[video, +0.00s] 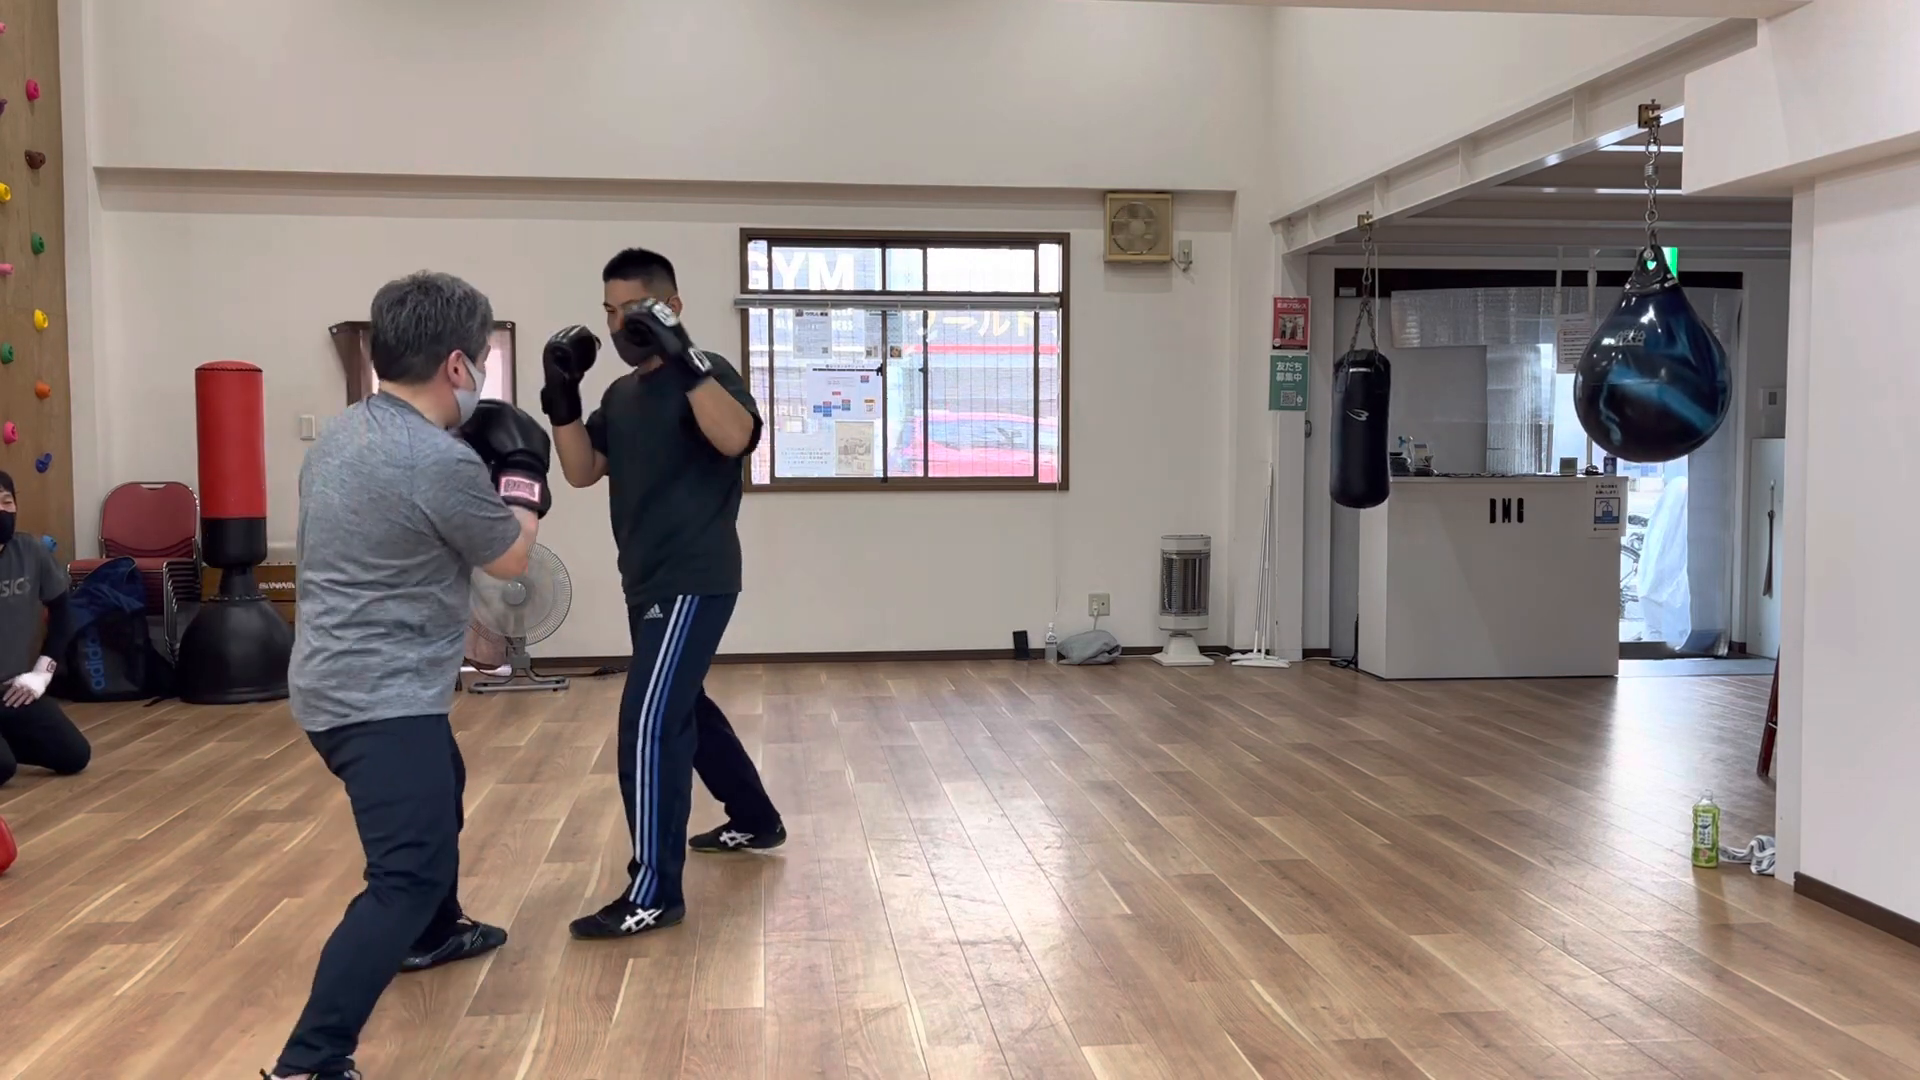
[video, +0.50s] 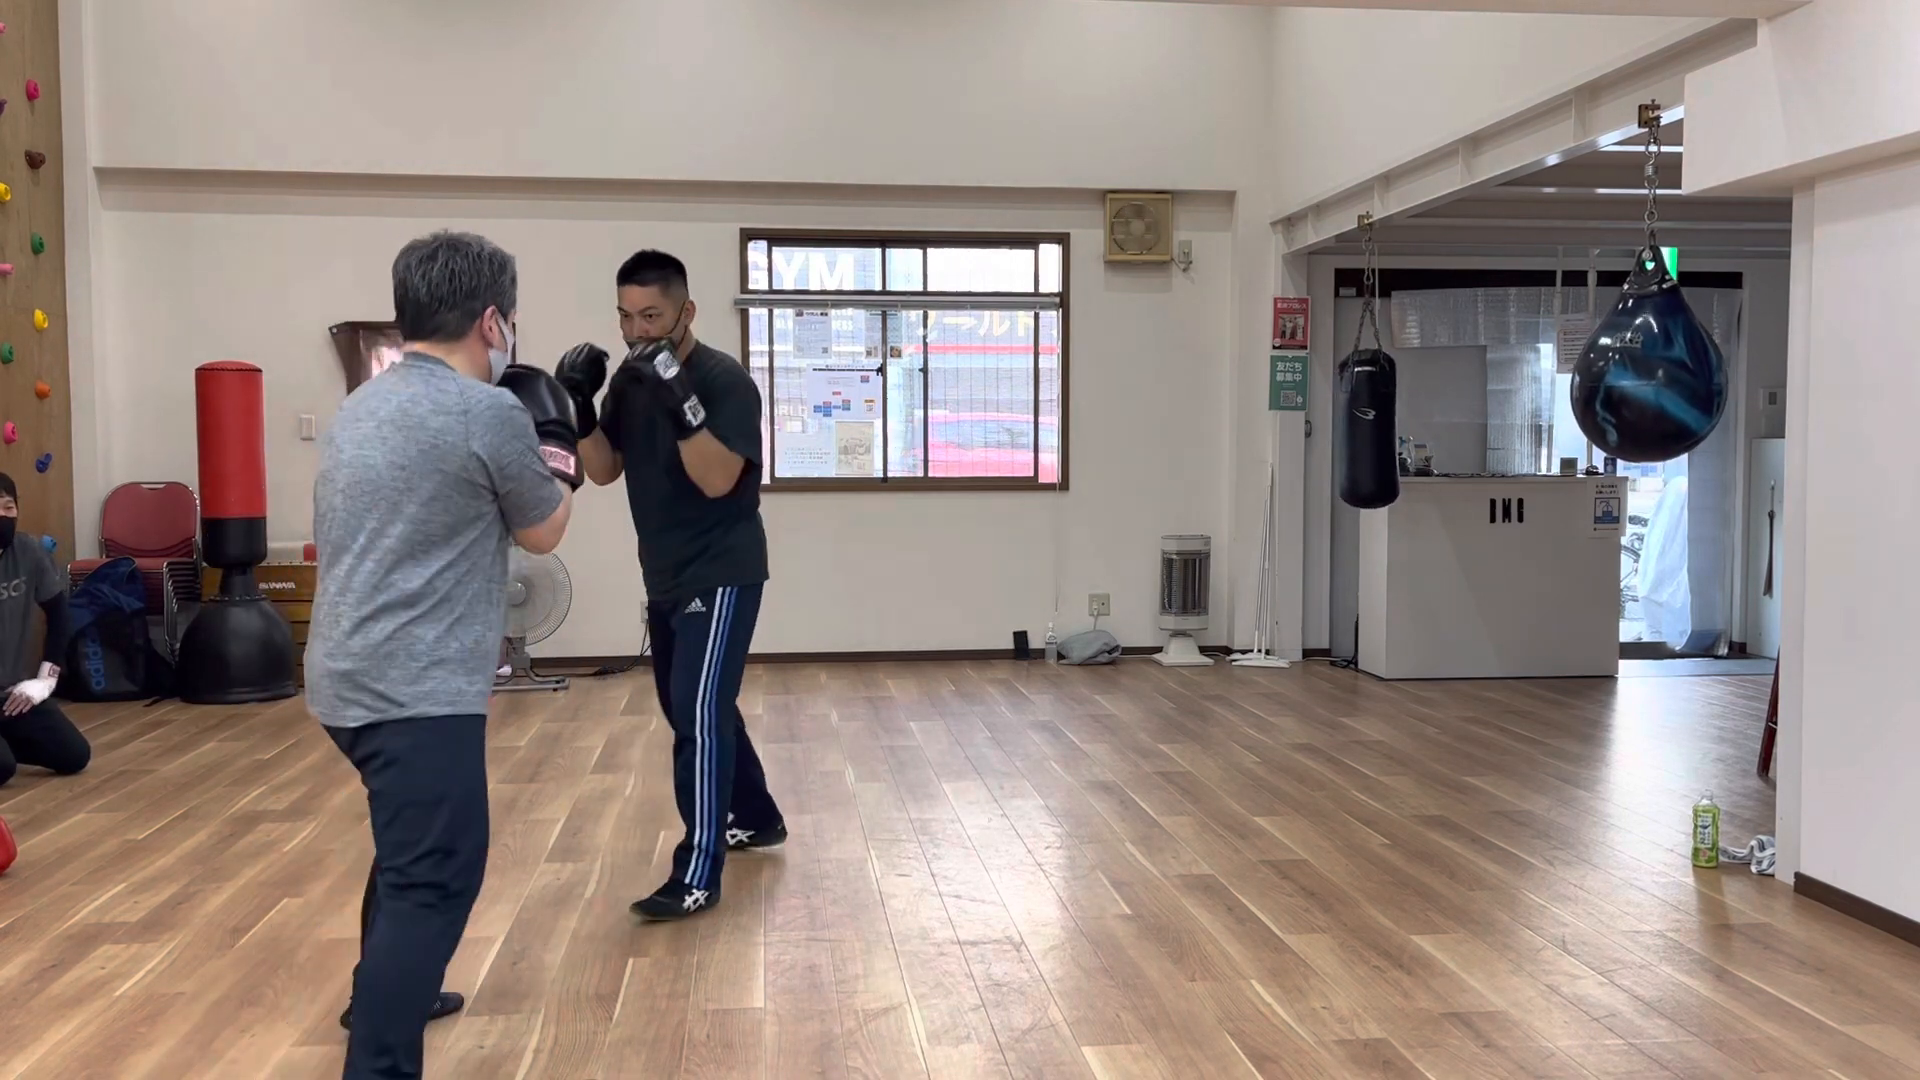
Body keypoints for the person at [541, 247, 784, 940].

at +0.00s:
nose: (625, 323)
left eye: (638, 309)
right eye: (613, 312)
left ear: (673, 304)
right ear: (604, 316)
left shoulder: (711, 374)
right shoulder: (617, 397)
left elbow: (736, 438)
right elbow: (582, 470)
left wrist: (680, 358)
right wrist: (561, 393)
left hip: (694, 578)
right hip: (646, 582)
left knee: (648, 719)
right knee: (684, 709)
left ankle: (653, 895)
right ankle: (756, 821)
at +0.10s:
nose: (628, 329)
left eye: (640, 315)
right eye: (618, 317)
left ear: (678, 311)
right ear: (612, 320)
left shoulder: (720, 379)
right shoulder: (626, 399)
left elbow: (744, 463)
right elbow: (589, 473)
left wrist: (703, 379)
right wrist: (568, 397)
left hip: (701, 582)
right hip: (653, 584)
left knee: (658, 723)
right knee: (688, 710)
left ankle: (653, 896)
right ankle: (758, 823)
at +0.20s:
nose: (637, 335)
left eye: (649, 320)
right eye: (626, 323)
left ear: (685, 316)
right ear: (619, 325)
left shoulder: (729, 382)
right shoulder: (634, 395)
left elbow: (753, 467)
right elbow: (595, 470)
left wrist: (710, 384)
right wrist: (576, 397)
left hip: (716, 579)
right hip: (662, 581)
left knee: (679, 720)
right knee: (695, 709)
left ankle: (660, 890)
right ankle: (759, 822)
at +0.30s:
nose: (640, 327)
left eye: (652, 313)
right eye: (630, 315)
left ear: (686, 306)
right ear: (622, 315)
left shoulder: (732, 371)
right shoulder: (636, 384)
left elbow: (756, 447)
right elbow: (594, 456)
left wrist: (711, 365)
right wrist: (580, 380)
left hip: (721, 566)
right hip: (668, 570)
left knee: (689, 709)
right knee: (702, 701)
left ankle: (685, 875)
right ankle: (760, 822)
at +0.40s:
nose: (642, 320)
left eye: (654, 306)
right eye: (631, 308)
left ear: (689, 302)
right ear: (621, 310)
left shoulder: (730, 367)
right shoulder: (632, 376)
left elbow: (738, 450)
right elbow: (598, 454)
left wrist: (704, 368)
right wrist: (582, 382)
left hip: (724, 562)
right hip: (669, 567)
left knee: (698, 707)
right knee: (712, 699)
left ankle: (697, 872)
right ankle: (760, 821)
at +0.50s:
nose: (637, 329)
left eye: (650, 314)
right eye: (627, 316)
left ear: (686, 312)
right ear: (619, 317)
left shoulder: (725, 382)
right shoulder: (632, 384)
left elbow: (718, 481)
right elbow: (601, 470)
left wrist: (678, 399)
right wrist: (580, 404)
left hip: (723, 571)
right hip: (667, 574)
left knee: (700, 712)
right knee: (690, 704)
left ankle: (696, 879)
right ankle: (756, 815)